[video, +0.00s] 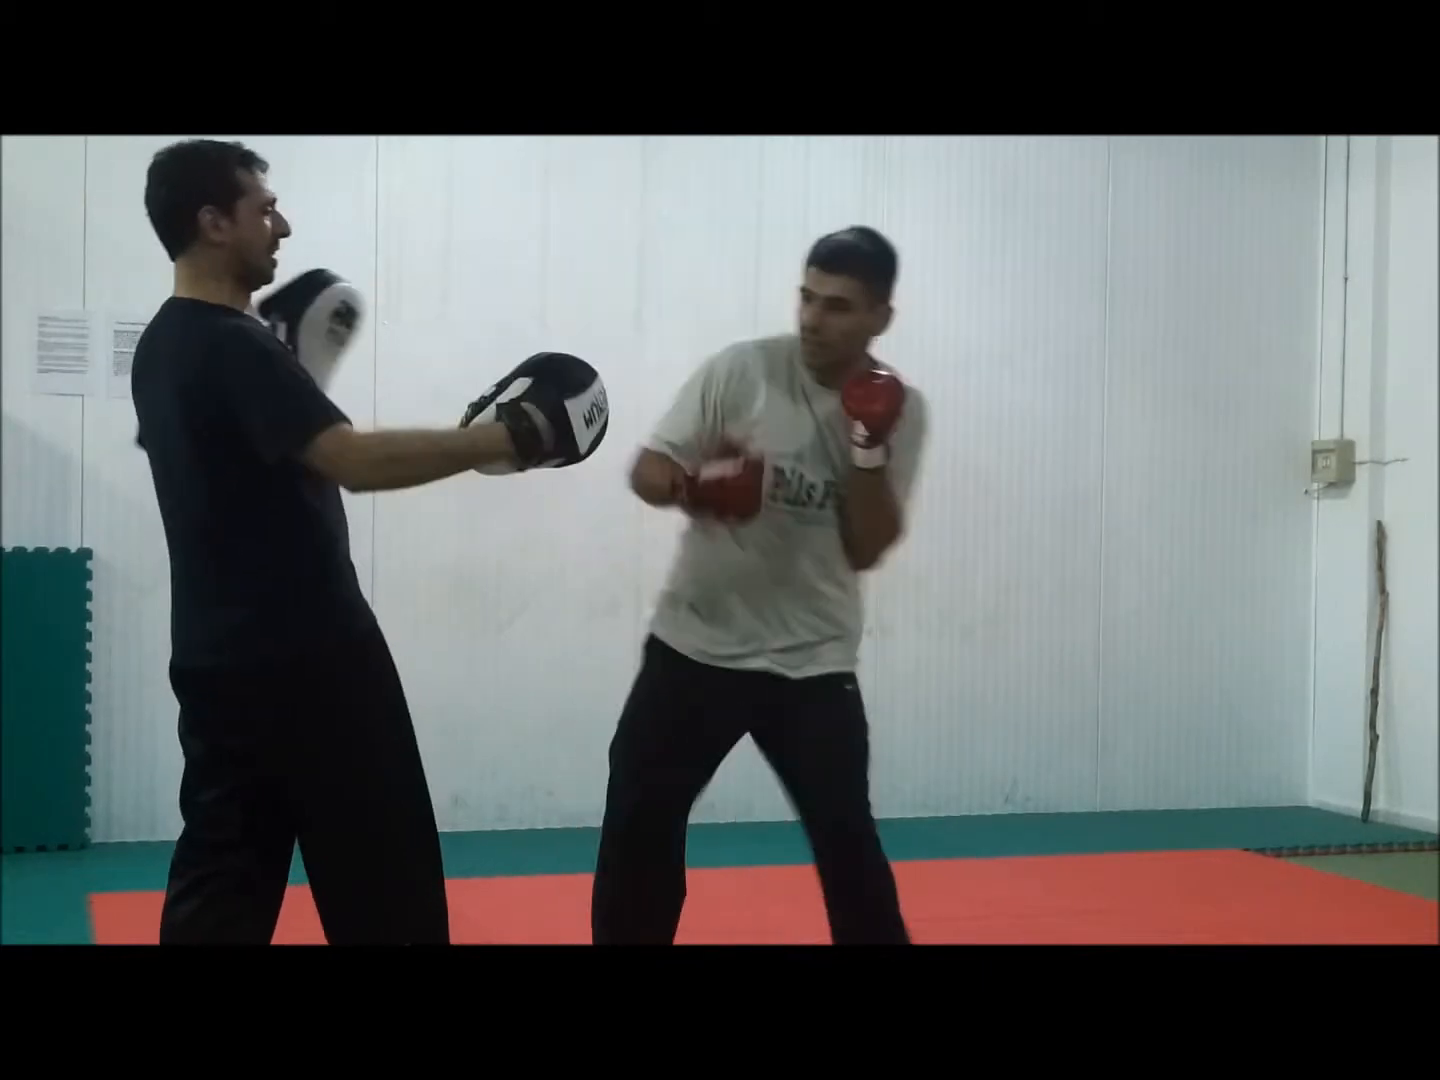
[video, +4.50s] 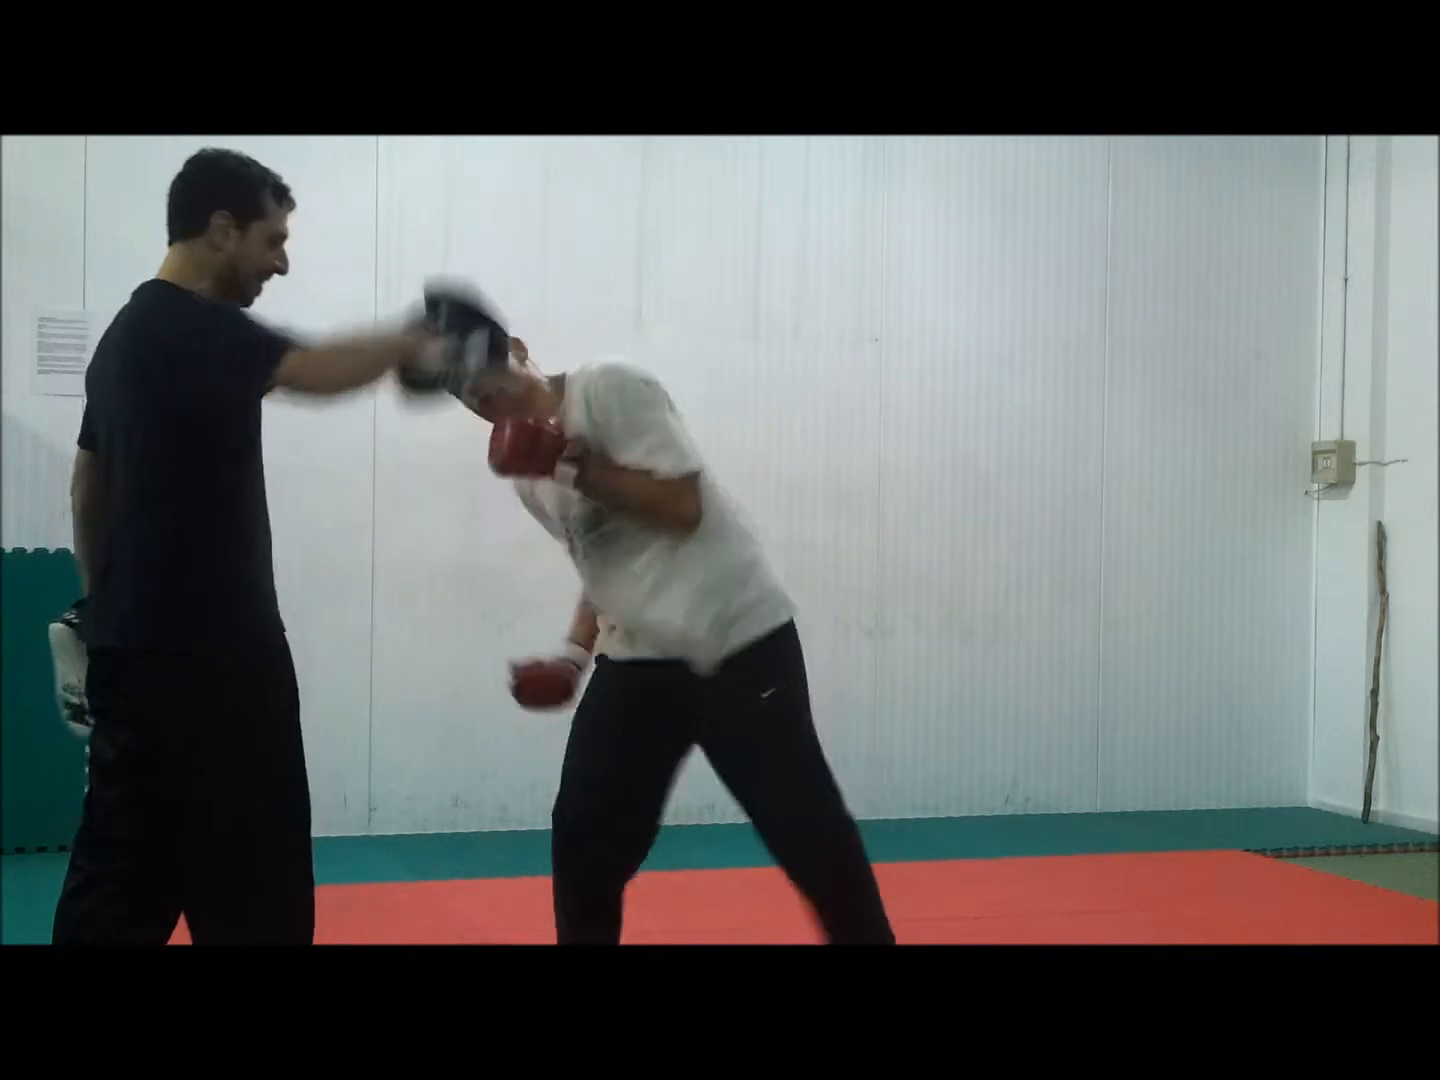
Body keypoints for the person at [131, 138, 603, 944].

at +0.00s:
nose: (281, 224)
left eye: (275, 207)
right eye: (265, 208)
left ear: (207, 229)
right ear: (213, 224)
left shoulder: (164, 344)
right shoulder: (234, 341)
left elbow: (230, 468)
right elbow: (350, 458)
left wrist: (285, 364)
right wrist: (507, 440)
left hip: (219, 660)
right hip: (312, 656)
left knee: (220, 884)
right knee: (387, 881)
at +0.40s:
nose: (325, 226)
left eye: (320, 206)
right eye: (312, 206)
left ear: (247, 216)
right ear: (260, 212)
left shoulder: (179, 332)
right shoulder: (250, 338)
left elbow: (218, 482)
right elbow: (308, 495)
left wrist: (312, 403)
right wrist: (443, 444)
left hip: (201, 651)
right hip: (294, 654)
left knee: (209, 887)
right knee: (379, 889)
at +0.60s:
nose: (306, 272)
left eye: (311, 252)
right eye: (306, 249)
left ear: (216, 233)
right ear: (266, 235)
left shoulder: (110, 337)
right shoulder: (251, 345)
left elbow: (61, 487)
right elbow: (286, 502)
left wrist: (68, 607)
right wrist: (410, 499)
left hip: (122, 654)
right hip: (239, 657)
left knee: (106, 882)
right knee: (267, 888)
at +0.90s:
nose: (304, 273)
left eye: (308, 253)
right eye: (303, 249)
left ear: (213, 232)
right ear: (261, 233)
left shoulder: (107, 338)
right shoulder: (244, 347)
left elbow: (60, 488)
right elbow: (281, 507)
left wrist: (68, 608)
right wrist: (407, 499)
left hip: (121, 660)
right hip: (237, 663)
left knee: (104, 887)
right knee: (267, 895)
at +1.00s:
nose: (301, 274)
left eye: (304, 252)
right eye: (298, 249)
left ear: (223, 235)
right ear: (257, 235)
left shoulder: (107, 337)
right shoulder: (238, 343)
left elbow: (58, 486)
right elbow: (295, 491)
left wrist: (66, 609)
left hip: (119, 649)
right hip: (233, 653)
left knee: (107, 872)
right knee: (266, 881)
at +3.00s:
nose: (284, 253)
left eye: (285, 233)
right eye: (275, 230)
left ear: (208, 225)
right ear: (221, 222)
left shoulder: (113, 334)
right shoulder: (210, 332)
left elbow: (79, 488)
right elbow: (277, 455)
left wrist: (80, 609)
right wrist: (398, 413)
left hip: (122, 651)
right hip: (224, 651)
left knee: (111, 874)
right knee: (265, 878)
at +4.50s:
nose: (282, 261)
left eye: (284, 241)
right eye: (274, 238)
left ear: (213, 231)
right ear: (221, 228)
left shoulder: (126, 335)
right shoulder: (206, 329)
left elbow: (91, 490)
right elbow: (314, 369)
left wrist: (103, 602)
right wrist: (410, 339)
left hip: (134, 646)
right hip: (222, 647)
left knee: (120, 867)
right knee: (259, 874)